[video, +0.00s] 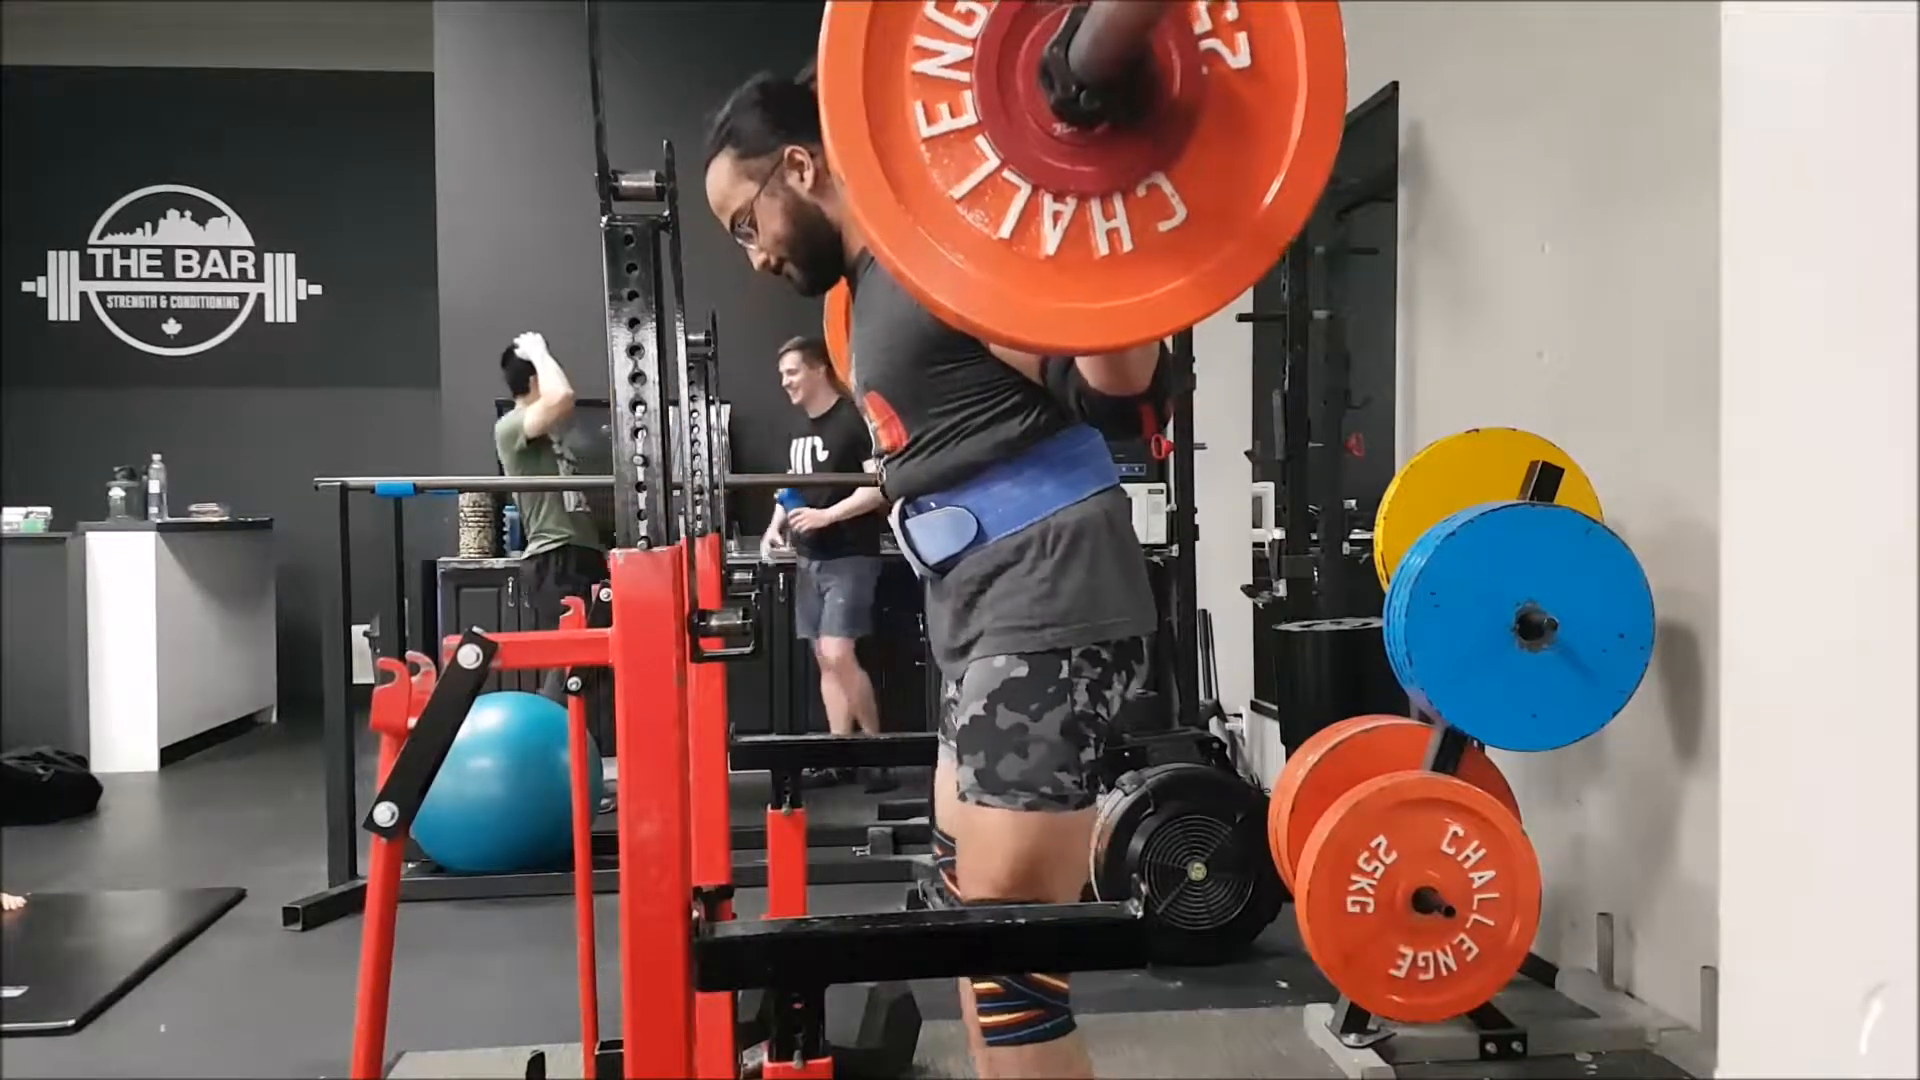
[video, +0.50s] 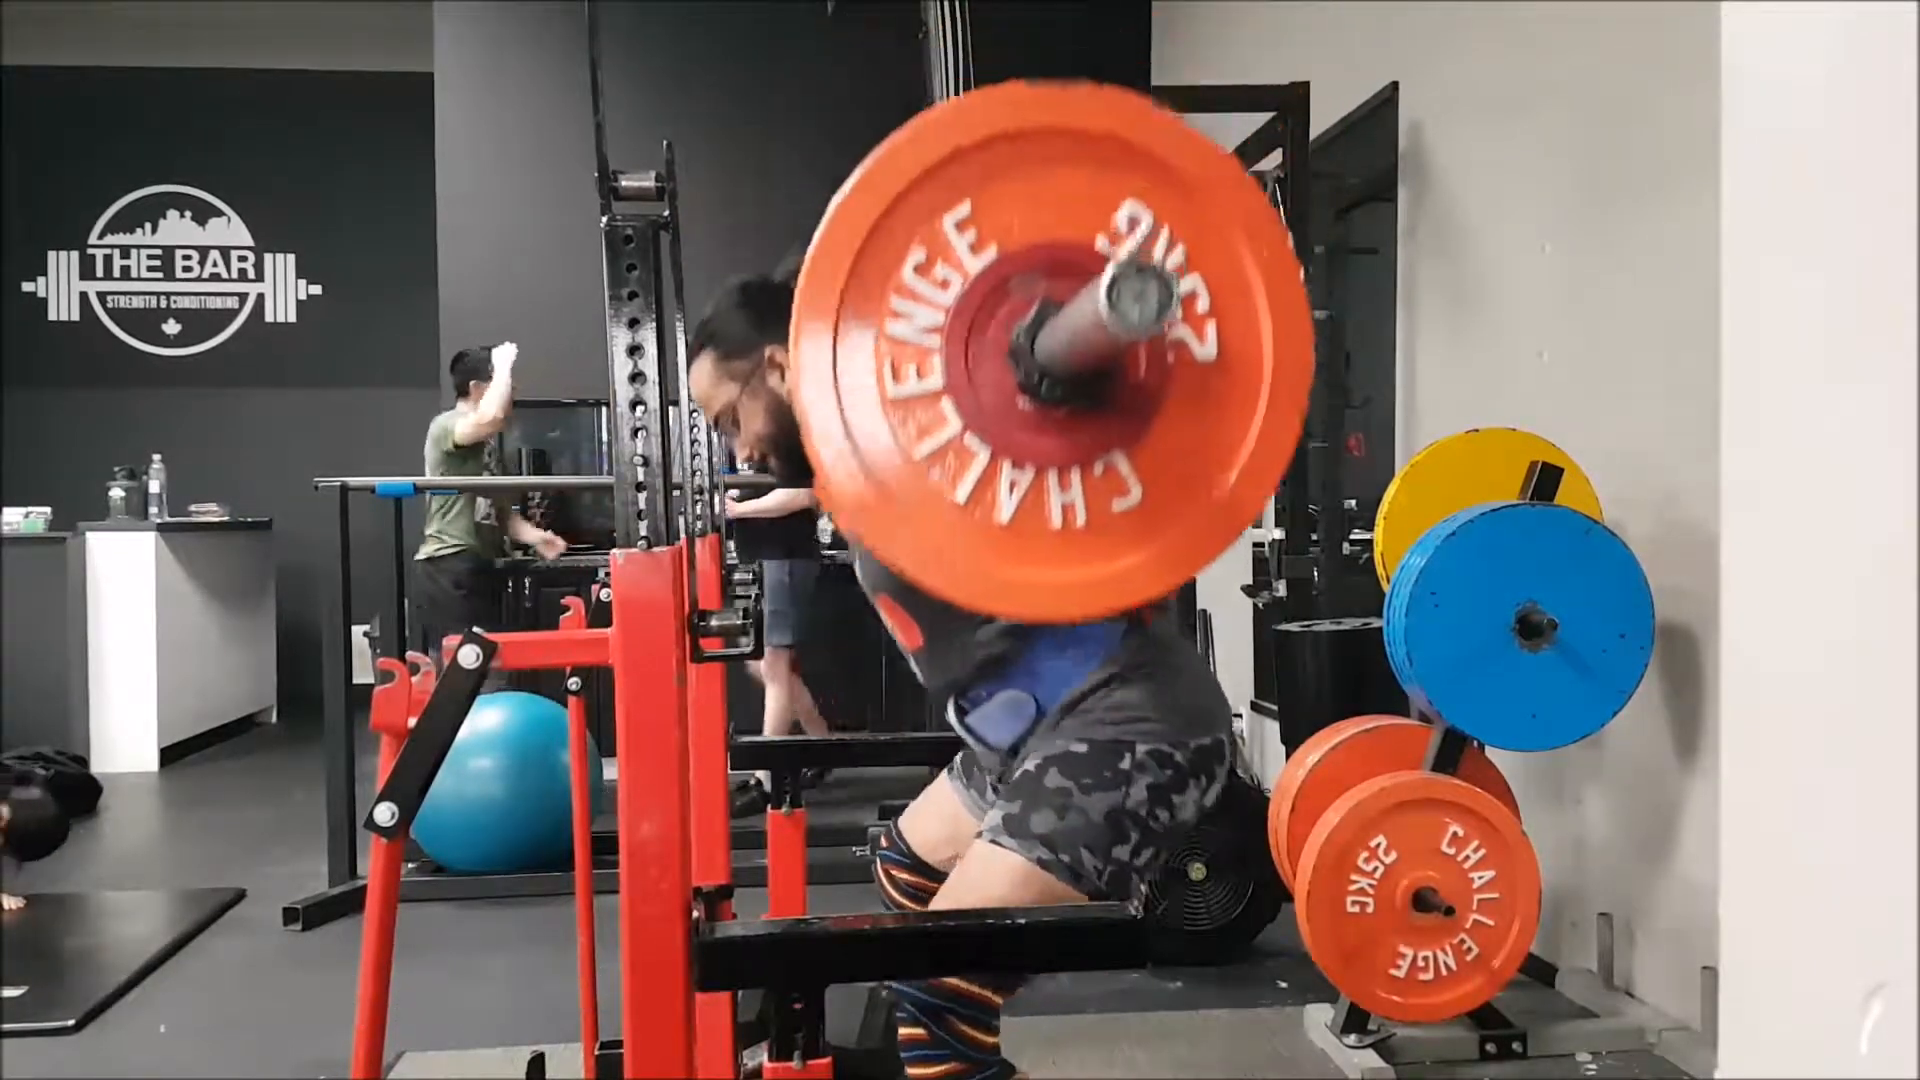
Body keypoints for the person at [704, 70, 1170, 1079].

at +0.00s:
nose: (752, 254)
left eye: (748, 220)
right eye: (737, 236)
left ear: (804, 164)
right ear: (799, 175)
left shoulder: (930, 241)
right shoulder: (862, 293)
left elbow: (1119, 371)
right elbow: (934, 456)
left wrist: (1134, 203)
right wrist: (834, 512)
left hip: (1046, 577)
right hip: (972, 592)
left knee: (1002, 931)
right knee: (969, 902)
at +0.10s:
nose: (752, 272)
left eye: (744, 239)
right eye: (735, 254)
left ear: (799, 180)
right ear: (794, 191)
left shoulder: (930, 254)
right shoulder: (865, 304)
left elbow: (1117, 388)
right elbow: (942, 464)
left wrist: (1124, 217)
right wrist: (826, 509)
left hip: (1061, 592)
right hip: (983, 608)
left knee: (978, 951)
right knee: (940, 889)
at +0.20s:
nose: (748, 301)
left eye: (743, 270)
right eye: (732, 284)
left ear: (795, 214)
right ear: (795, 224)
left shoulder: (924, 286)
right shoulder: (865, 333)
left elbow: (1116, 417)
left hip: (1080, 610)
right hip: (1000, 627)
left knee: (959, 946)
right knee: (928, 858)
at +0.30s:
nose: (743, 341)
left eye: (736, 312)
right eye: (727, 326)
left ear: (790, 257)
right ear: (789, 265)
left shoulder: (915, 325)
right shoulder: (854, 382)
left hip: (1097, 644)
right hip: (1011, 662)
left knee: (957, 950)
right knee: (923, 860)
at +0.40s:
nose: (737, 394)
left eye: (731, 365)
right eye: (722, 378)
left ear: (787, 312)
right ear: (784, 320)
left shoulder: (900, 365)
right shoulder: (849, 421)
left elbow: (1038, 281)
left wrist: (1125, 208)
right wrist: (814, 500)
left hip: (1119, 683)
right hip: (1027, 691)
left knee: (948, 999)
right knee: (915, 866)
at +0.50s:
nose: (740, 449)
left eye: (730, 416)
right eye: (724, 429)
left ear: (781, 364)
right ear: (783, 368)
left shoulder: (918, 411)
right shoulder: (855, 444)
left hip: (1126, 721)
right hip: (1023, 723)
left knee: (938, 1005)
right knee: (905, 868)